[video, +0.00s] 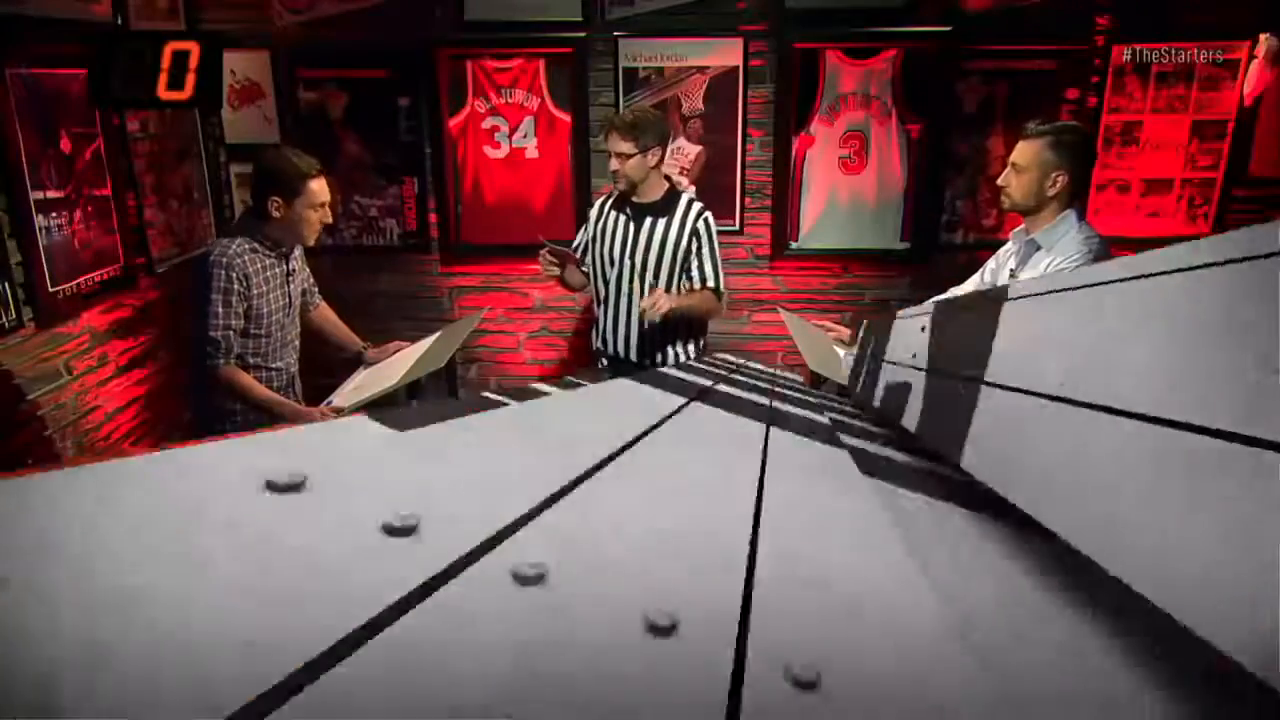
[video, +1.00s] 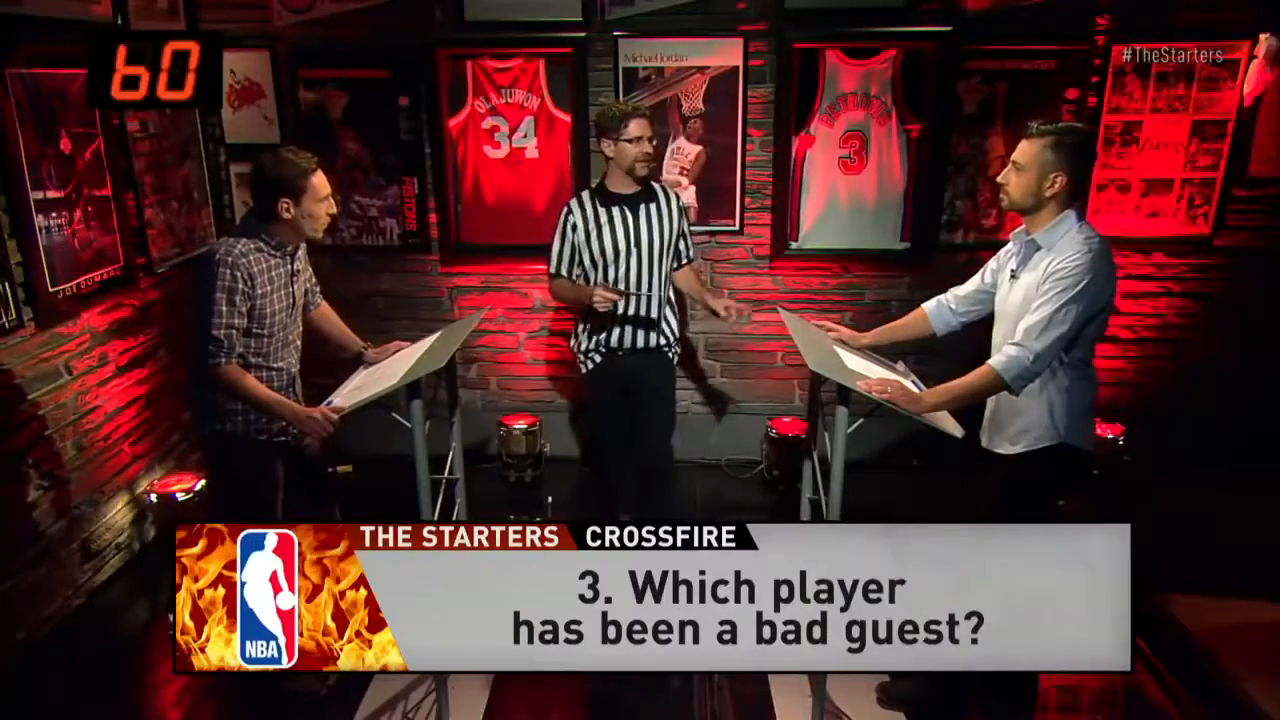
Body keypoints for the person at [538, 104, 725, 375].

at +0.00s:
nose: (612, 167)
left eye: (623, 157)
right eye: (610, 156)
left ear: (654, 156)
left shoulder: (693, 218)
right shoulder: (603, 210)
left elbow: (712, 301)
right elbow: (581, 280)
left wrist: (674, 302)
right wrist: (563, 269)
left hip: (672, 373)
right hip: (611, 367)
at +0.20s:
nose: (612, 160)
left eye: (623, 150)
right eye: (608, 150)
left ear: (652, 151)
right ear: (603, 150)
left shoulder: (687, 208)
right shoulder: (596, 206)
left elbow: (699, 286)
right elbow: (571, 279)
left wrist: (687, 352)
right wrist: (557, 267)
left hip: (664, 370)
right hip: (608, 367)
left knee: (663, 478)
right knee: (610, 475)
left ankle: (665, 558)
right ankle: (612, 556)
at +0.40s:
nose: (611, 157)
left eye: (622, 146)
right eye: (605, 147)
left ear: (648, 148)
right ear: (599, 147)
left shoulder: (682, 206)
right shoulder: (588, 205)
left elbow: (697, 281)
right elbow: (564, 277)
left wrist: (707, 351)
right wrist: (555, 263)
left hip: (660, 362)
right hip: (603, 360)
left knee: (656, 465)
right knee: (607, 466)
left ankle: (660, 556)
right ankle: (610, 555)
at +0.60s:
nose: (615, 157)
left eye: (625, 146)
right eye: (608, 147)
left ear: (646, 147)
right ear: (600, 148)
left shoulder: (678, 203)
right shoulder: (584, 204)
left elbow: (694, 274)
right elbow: (558, 278)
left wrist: (709, 337)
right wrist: (558, 270)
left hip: (658, 355)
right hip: (601, 354)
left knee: (655, 458)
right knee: (606, 459)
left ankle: (657, 542)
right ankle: (610, 540)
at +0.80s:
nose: (644, 152)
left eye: (648, 143)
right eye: (631, 144)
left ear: (653, 145)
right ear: (604, 149)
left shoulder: (674, 203)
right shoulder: (581, 209)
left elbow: (687, 270)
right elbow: (557, 280)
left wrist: (711, 326)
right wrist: (571, 286)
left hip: (657, 354)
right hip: (601, 355)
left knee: (656, 455)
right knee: (607, 457)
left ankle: (656, 536)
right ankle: (610, 537)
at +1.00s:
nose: (648, 149)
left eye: (651, 140)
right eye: (636, 141)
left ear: (654, 144)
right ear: (607, 147)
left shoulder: (669, 202)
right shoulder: (580, 210)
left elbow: (681, 267)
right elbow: (558, 284)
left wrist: (707, 296)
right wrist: (588, 296)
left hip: (657, 355)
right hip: (603, 356)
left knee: (656, 456)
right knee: (608, 457)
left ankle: (657, 536)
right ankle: (610, 535)